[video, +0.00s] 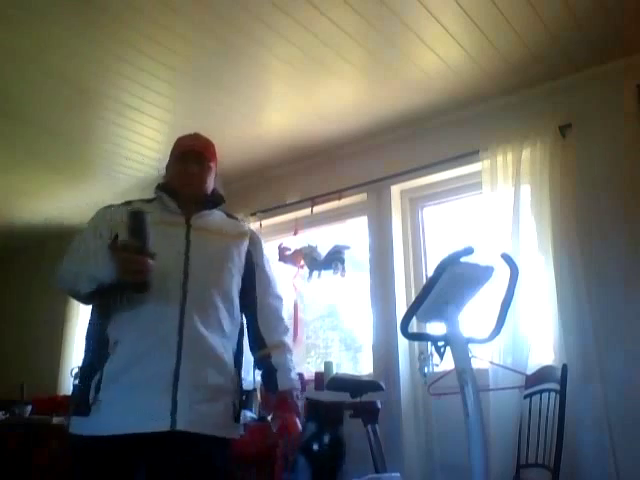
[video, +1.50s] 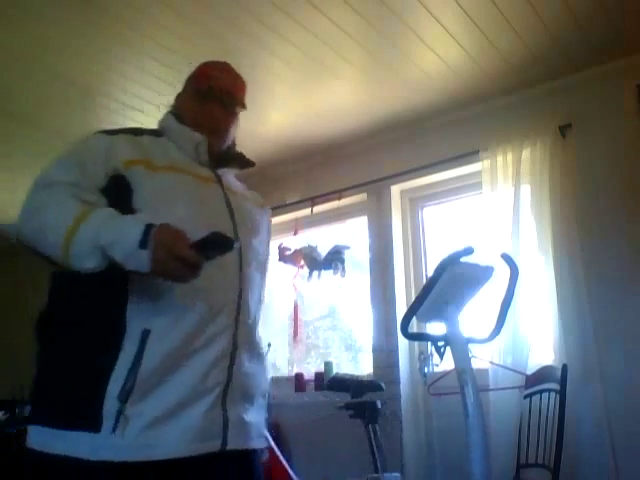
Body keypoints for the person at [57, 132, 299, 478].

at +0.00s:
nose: (190, 166)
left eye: (201, 160)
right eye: (182, 158)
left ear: (215, 173)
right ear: (166, 168)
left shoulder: (242, 238)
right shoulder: (117, 219)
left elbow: (268, 322)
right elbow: (70, 276)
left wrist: (285, 396)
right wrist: (109, 266)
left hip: (206, 424)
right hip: (117, 421)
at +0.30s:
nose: (183, 149)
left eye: (193, 144)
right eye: (172, 141)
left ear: (204, 160)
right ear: (153, 153)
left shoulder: (236, 230)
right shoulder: (100, 213)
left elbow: (254, 320)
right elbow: (55, 272)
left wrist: (258, 389)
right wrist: (100, 296)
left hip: (211, 422)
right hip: (117, 420)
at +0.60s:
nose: (136, 133)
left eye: (149, 125)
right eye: (126, 123)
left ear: (167, 139)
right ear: (109, 135)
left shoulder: (207, 214)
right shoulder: (52, 214)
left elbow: (245, 301)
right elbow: (9, 287)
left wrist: (271, 374)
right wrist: (38, 328)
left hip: (194, 436)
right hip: (91, 443)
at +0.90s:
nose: (123, 103)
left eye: (135, 96)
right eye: (109, 95)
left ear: (151, 113)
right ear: (88, 108)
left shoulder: (193, 189)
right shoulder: (31, 186)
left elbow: (235, 272)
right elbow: (0, 263)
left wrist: (278, 331)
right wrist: (8, 311)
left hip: (188, 417)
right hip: (81, 425)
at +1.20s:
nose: (150, 89)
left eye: (161, 86)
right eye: (137, 80)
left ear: (172, 108)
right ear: (108, 94)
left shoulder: (205, 190)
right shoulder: (39, 162)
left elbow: (232, 293)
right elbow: (4, 235)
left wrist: (261, 357)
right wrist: (52, 261)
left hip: (189, 418)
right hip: (73, 423)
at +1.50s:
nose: (233, 119)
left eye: (239, 109)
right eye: (226, 102)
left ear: (240, 117)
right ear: (195, 94)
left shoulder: (247, 199)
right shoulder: (113, 151)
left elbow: (245, 318)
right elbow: (41, 213)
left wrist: (257, 426)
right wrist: (135, 241)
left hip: (231, 442)